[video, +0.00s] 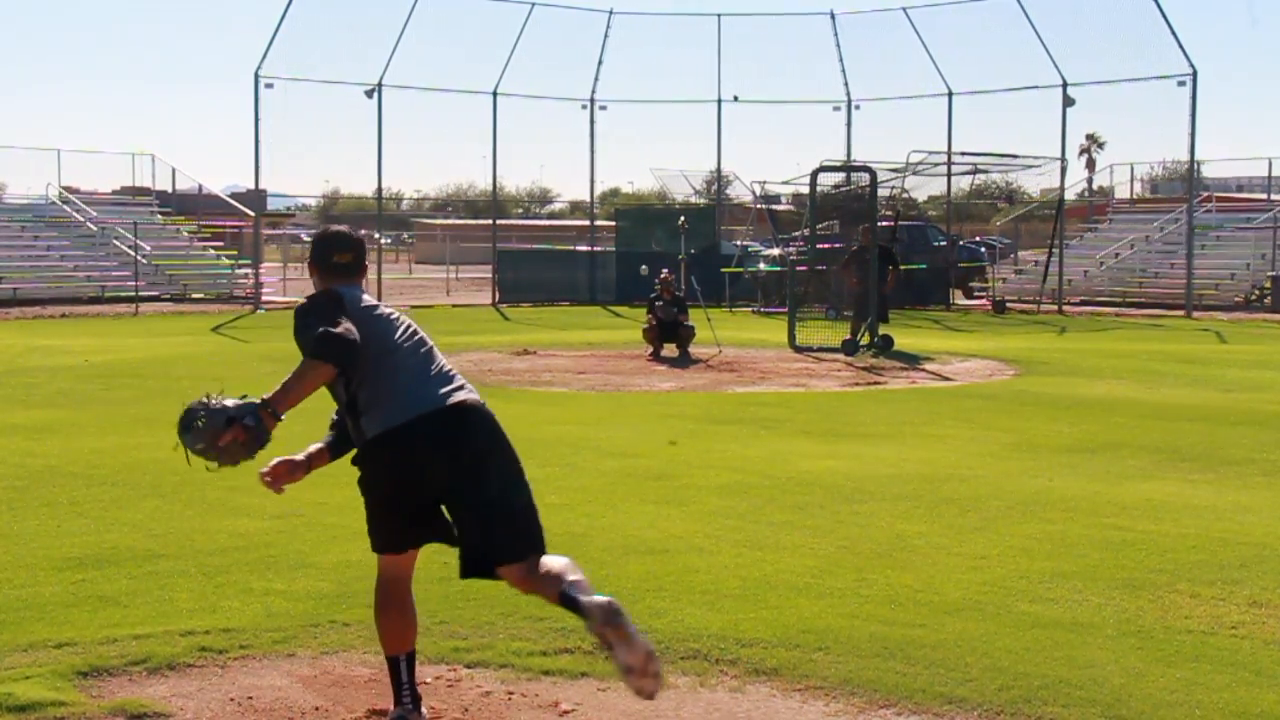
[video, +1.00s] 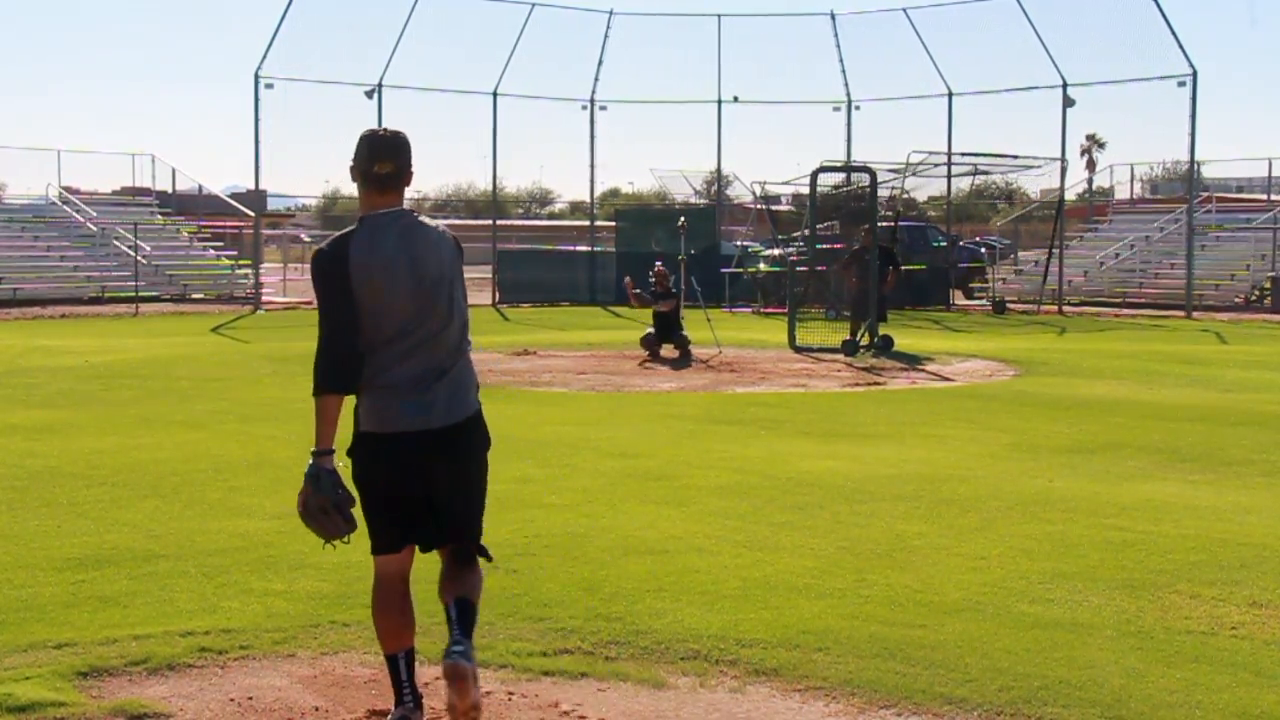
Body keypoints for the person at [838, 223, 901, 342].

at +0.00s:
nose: (867, 238)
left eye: (869, 235)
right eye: (864, 235)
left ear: (874, 236)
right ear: (861, 237)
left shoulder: (884, 251)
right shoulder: (857, 252)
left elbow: (895, 267)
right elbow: (844, 268)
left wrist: (889, 283)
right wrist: (851, 280)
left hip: (878, 288)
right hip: (862, 288)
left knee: (876, 316)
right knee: (858, 316)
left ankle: (873, 341)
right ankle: (852, 340)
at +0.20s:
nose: (866, 239)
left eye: (869, 236)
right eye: (864, 236)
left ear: (874, 236)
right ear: (860, 237)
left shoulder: (883, 251)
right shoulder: (856, 252)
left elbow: (895, 267)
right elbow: (844, 267)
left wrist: (889, 283)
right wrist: (850, 280)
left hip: (878, 289)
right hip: (861, 288)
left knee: (875, 316)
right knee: (857, 316)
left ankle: (873, 341)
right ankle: (852, 339)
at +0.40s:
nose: (866, 239)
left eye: (868, 236)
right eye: (863, 236)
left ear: (874, 236)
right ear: (860, 238)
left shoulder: (883, 252)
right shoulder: (855, 252)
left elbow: (894, 267)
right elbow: (843, 267)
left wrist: (889, 284)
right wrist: (850, 281)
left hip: (877, 289)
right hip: (860, 288)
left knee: (874, 316)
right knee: (856, 316)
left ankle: (872, 341)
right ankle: (852, 340)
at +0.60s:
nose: (865, 239)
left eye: (867, 236)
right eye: (863, 236)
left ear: (873, 237)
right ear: (859, 238)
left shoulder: (883, 252)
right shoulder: (856, 252)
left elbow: (893, 268)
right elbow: (843, 267)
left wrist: (887, 285)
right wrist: (850, 282)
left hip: (877, 289)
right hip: (860, 288)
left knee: (874, 317)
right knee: (856, 317)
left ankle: (872, 342)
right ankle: (852, 341)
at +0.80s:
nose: (864, 239)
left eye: (866, 236)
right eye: (862, 236)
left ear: (873, 237)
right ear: (859, 237)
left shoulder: (882, 251)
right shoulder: (856, 252)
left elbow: (894, 265)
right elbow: (842, 266)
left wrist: (888, 283)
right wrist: (850, 280)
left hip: (877, 288)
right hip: (860, 288)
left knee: (874, 317)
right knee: (856, 317)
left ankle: (872, 342)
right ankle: (852, 341)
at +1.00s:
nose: (866, 239)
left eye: (869, 236)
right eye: (865, 236)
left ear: (875, 237)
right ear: (862, 237)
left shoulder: (886, 252)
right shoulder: (857, 252)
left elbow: (896, 268)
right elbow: (845, 267)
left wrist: (889, 284)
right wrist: (850, 281)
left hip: (878, 289)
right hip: (861, 288)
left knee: (875, 316)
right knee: (856, 316)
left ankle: (873, 341)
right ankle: (852, 340)